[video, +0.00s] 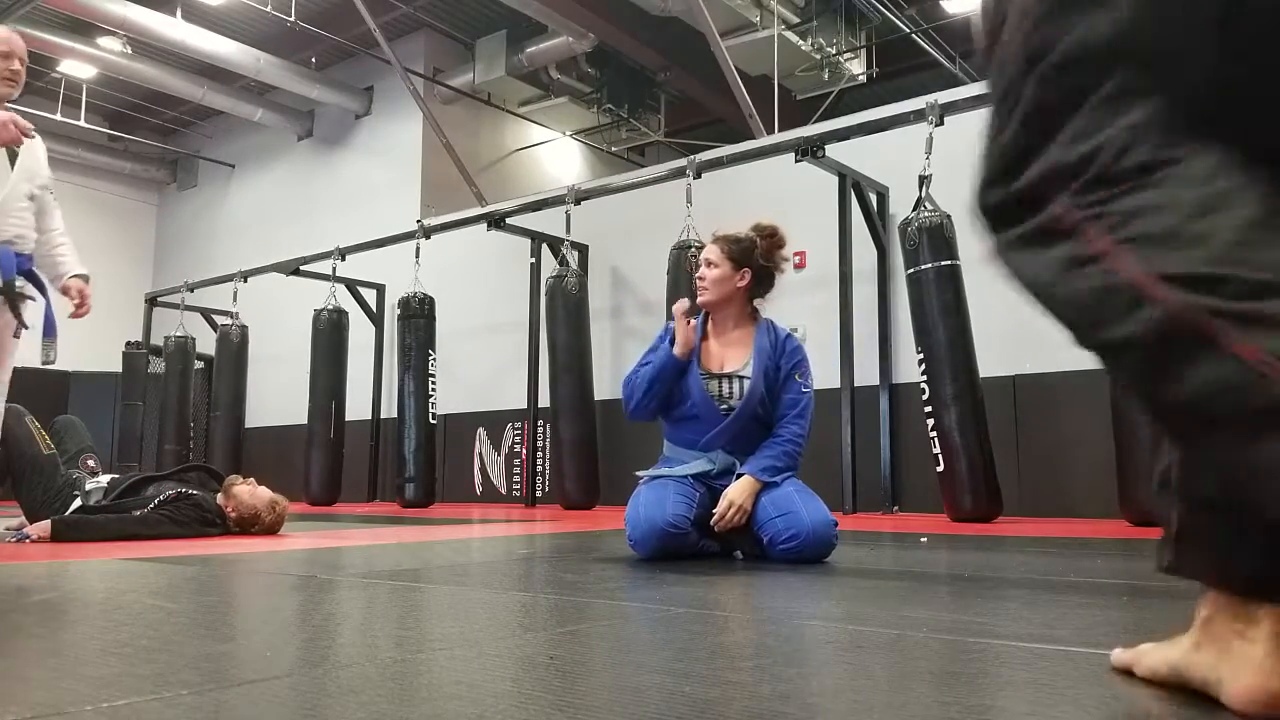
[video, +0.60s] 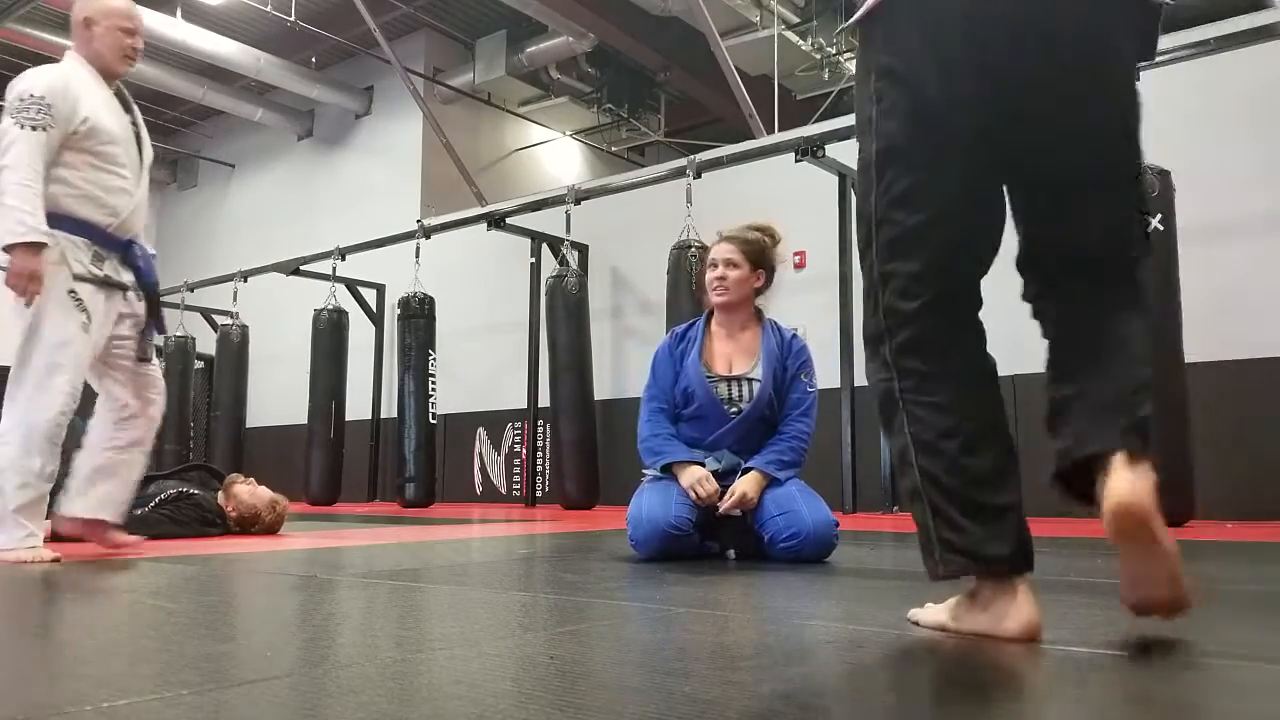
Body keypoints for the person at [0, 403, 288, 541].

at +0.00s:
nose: (247, 477)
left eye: (250, 487)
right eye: (255, 483)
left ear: (233, 508)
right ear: (235, 504)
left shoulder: (199, 513)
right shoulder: (214, 490)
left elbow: (130, 524)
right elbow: (151, 485)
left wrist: (57, 527)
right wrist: (110, 480)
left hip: (69, 500)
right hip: (98, 485)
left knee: (12, 415)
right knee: (66, 421)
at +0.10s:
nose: (247, 477)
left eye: (250, 487)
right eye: (255, 483)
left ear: (235, 509)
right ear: (236, 504)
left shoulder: (200, 513)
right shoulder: (213, 490)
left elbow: (131, 524)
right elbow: (151, 484)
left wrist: (57, 527)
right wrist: (109, 479)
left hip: (68, 500)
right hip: (97, 484)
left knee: (15, 415)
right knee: (67, 422)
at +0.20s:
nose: (248, 477)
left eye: (251, 488)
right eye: (256, 483)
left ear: (234, 510)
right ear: (234, 505)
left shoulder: (200, 513)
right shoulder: (212, 488)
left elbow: (130, 525)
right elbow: (152, 486)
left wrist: (50, 526)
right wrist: (110, 482)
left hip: (69, 503)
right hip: (98, 485)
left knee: (16, 415)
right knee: (67, 423)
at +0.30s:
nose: (248, 478)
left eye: (251, 488)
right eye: (256, 483)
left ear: (232, 510)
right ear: (233, 507)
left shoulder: (198, 512)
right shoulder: (214, 491)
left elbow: (128, 524)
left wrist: (54, 526)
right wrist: (112, 486)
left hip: (71, 503)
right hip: (102, 489)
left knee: (28, 429)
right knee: (68, 424)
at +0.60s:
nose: (250, 478)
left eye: (252, 488)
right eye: (257, 483)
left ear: (231, 510)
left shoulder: (202, 513)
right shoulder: (211, 485)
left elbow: (138, 523)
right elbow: (152, 483)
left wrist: (72, 521)